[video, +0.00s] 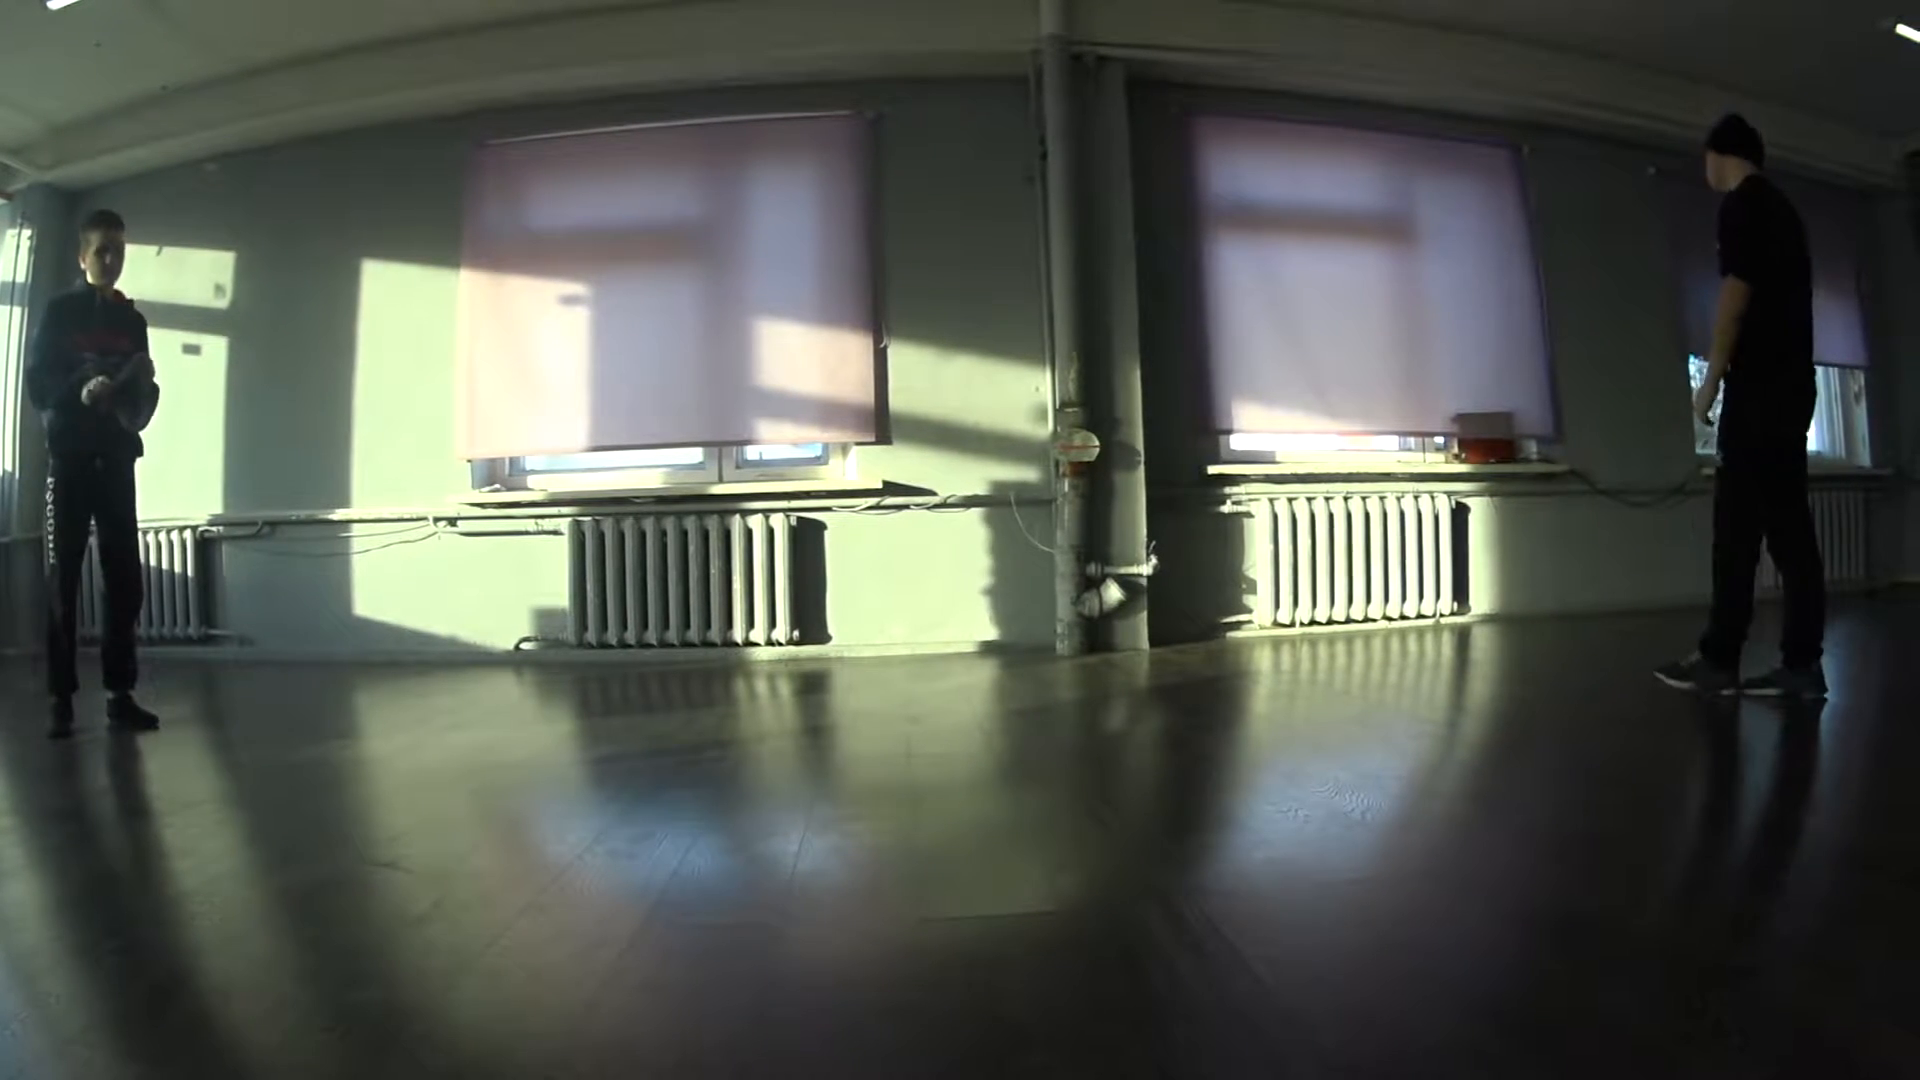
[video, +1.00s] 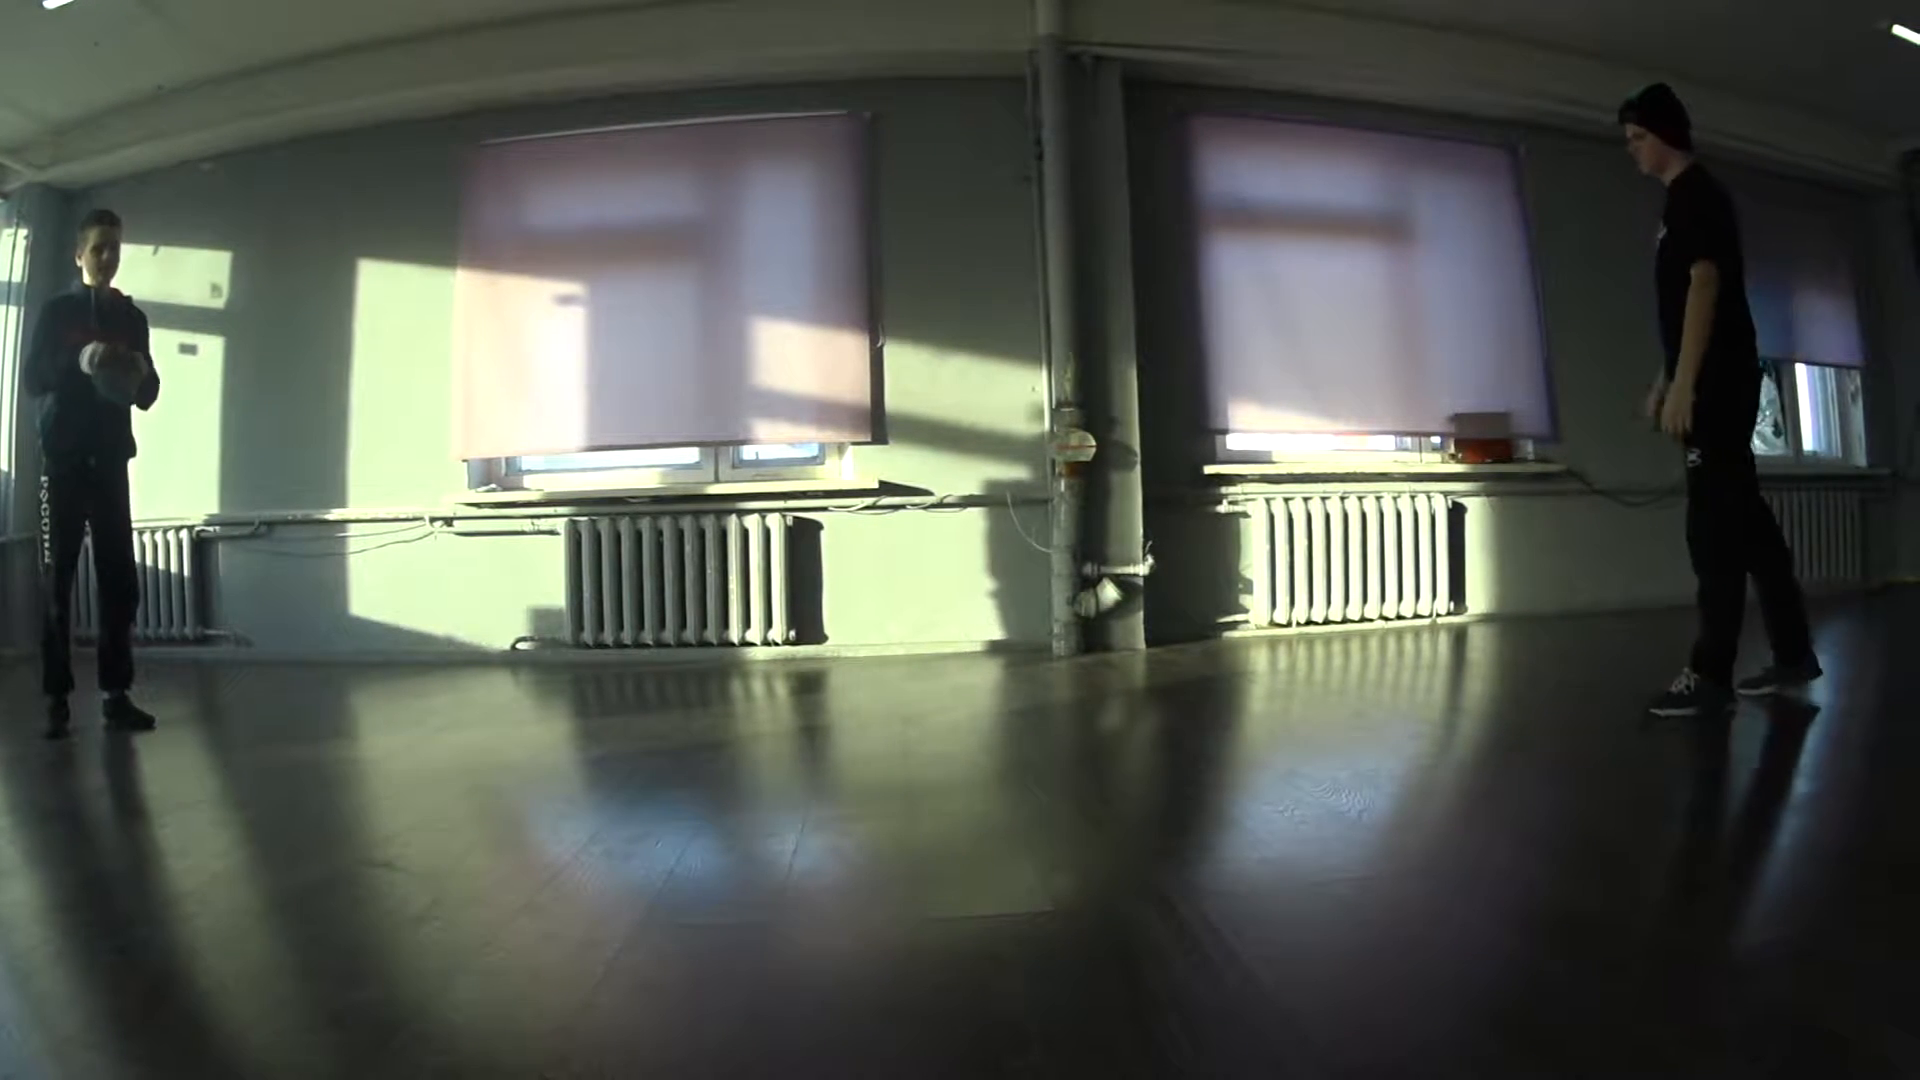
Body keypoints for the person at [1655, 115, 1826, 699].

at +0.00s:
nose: (1707, 172)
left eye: (1709, 161)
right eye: (1708, 161)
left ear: (1725, 158)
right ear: (1755, 157)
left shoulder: (1742, 206)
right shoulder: (1779, 207)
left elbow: (1736, 295)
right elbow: (1782, 307)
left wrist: (1711, 379)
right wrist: (1737, 373)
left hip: (1757, 387)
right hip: (1791, 387)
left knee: (1736, 525)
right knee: (1790, 525)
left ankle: (1718, 659)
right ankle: (1803, 665)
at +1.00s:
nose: (1632, 152)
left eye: (1636, 139)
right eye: (1629, 141)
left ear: (1665, 136)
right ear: (1666, 138)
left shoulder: (1696, 194)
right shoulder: (1685, 194)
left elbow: (1706, 287)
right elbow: (1688, 298)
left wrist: (1684, 385)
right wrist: (1668, 377)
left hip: (1721, 380)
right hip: (1716, 379)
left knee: (1712, 527)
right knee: (1746, 519)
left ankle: (1709, 675)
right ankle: (1795, 658)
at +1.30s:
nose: (1590, 152)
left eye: (1594, 139)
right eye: (1585, 143)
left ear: (1623, 129)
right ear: (1615, 137)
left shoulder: (1663, 188)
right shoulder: (1642, 194)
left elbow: (1677, 288)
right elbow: (1647, 298)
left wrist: (1653, 385)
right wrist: (1623, 374)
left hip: (1679, 380)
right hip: (1662, 379)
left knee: (1670, 521)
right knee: (1666, 522)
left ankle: (1716, 660)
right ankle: (1725, 641)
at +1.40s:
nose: (1568, 155)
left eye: (1571, 141)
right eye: (1562, 145)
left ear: (1599, 131)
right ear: (1593, 139)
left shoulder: (1645, 188)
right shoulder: (1622, 195)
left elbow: (1669, 284)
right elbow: (1638, 293)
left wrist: (1652, 383)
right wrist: (1625, 382)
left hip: (1660, 379)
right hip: (1630, 381)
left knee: (1683, 529)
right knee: (1604, 523)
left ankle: (1708, 678)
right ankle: (1670, 660)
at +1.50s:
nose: (1541, 159)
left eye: (1545, 144)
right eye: (1535, 150)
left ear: (1574, 133)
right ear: (1559, 145)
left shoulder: (1622, 189)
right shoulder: (1596, 199)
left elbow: (1655, 281)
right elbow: (1618, 297)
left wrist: (1653, 384)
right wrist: (1608, 383)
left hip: (1639, 388)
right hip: (1610, 390)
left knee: (1676, 538)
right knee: (1563, 519)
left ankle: (1709, 678)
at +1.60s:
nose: (1510, 172)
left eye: (1512, 158)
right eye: (1505, 161)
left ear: (1539, 146)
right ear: (1532, 151)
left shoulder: (1595, 197)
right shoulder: (1566, 209)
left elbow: (1633, 287)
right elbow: (1589, 307)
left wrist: (1647, 388)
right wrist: (1577, 398)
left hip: (1621, 400)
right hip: (1585, 403)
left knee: (1672, 545)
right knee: (1539, 532)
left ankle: (1709, 680)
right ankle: (1478, 668)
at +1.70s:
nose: (1470, 180)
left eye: (1472, 166)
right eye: (1464, 171)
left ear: (1502, 152)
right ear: (1489, 163)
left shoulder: (1560, 206)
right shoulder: (1521, 220)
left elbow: (1604, 295)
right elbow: (1552, 317)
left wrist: (1628, 393)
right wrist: (1546, 405)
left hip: (1599, 407)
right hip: (1553, 413)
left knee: (1658, 545)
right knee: (1507, 546)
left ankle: (1707, 675)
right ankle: (1442, 678)